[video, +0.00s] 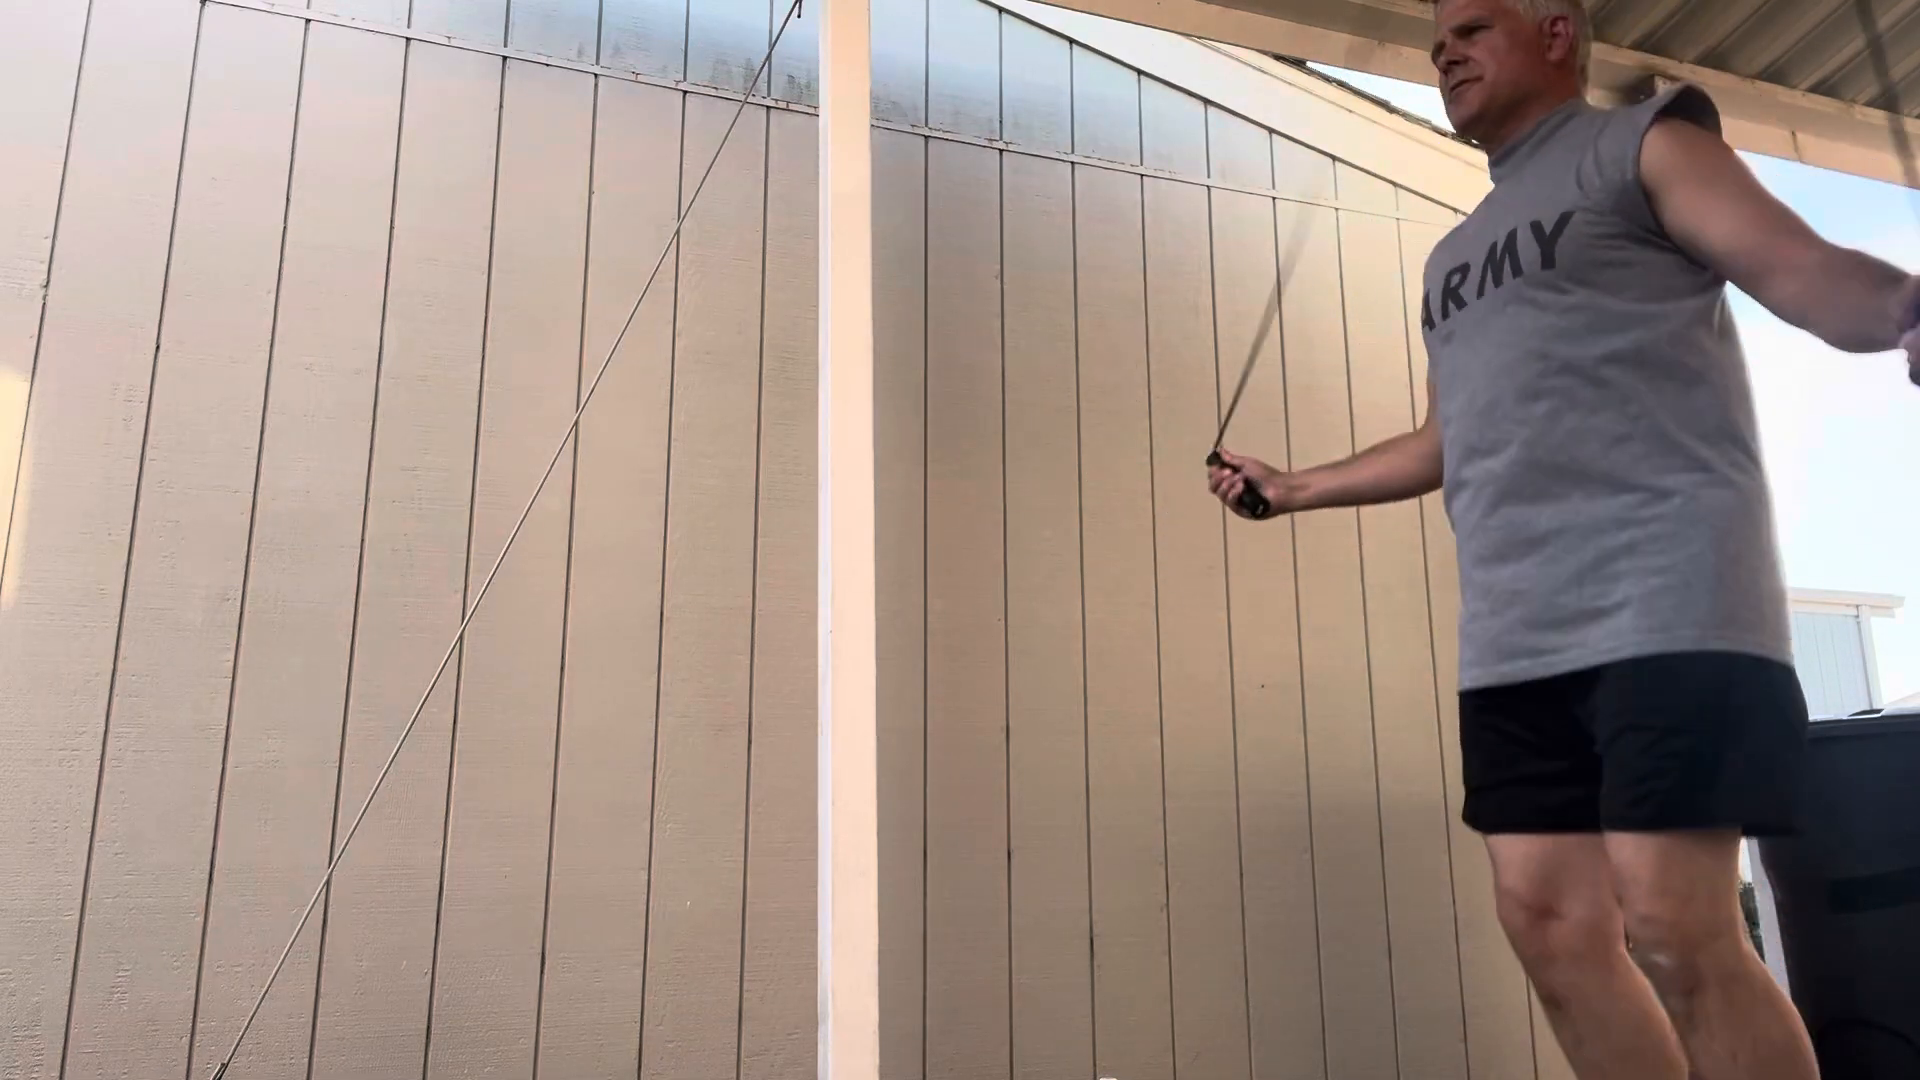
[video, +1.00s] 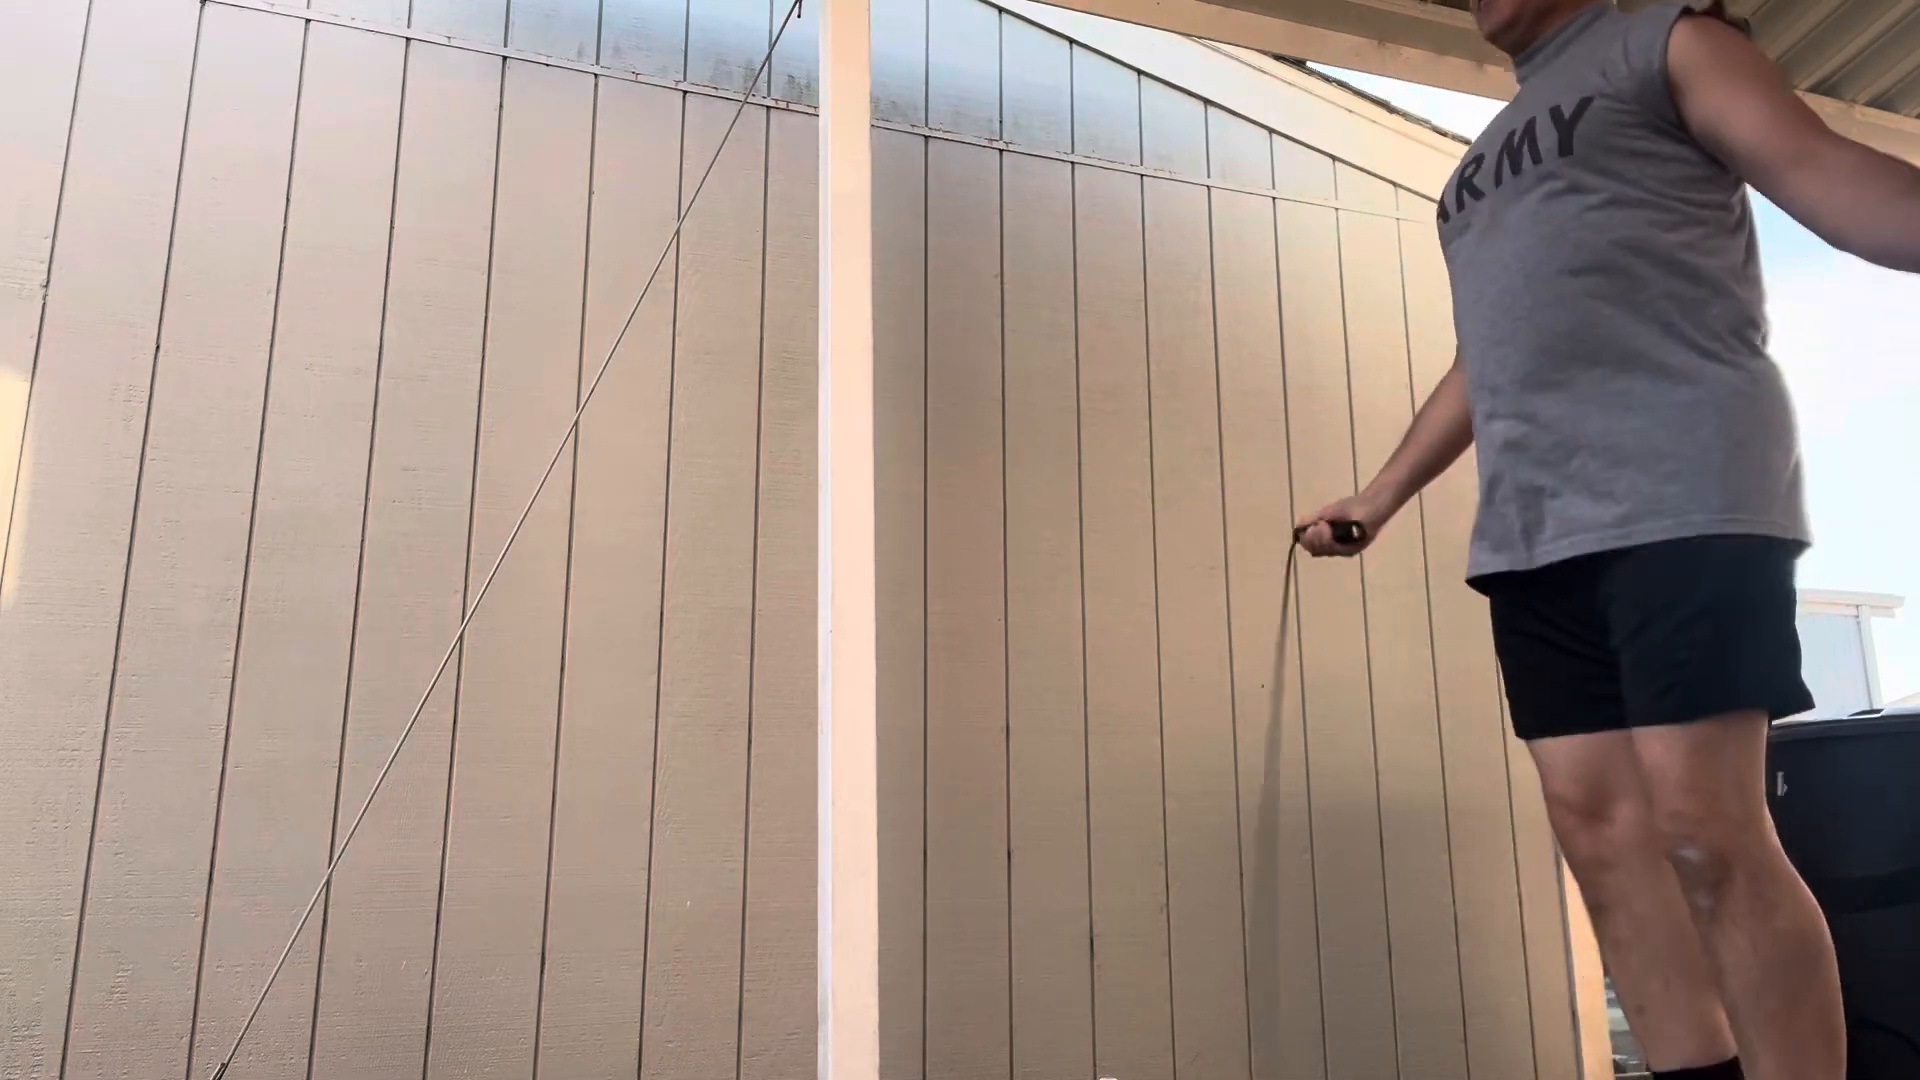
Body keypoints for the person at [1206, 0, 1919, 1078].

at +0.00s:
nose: (1443, 51)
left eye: (1472, 28)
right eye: (1437, 40)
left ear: (1559, 37)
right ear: (1443, 75)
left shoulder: (1641, 142)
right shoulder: (1452, 255)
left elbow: (1794, 263)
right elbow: (1442, 443)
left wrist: (1902, 307)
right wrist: (1293, 487)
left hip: (1674, 589)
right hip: (1512, 620)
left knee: (1677, 923)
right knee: (1547, 918)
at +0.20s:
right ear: (1454, 19)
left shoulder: (1636, 44)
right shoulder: (1448, 175)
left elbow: (1784, 174)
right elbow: (1456, 364)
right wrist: (1349, 496)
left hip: (1648, 476)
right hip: (1503, 513)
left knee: (1662, 821)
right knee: (1565, 821)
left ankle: (1761, 1069)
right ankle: (1663, 1069)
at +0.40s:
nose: (1456, 53)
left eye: (1484, 30)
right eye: (1448, 42)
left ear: (1569, 41)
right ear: (1452, 75)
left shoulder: (1656, 152)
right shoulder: (1463, 263)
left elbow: (1821, 281)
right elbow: (1450, 451)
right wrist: (1305, 508)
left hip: (1677, 606)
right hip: (1515, 635)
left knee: (1681, 936)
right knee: (1545, 932)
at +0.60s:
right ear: (1454, 20)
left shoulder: (1644, 40)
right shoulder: (1457, 176)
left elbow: (1791, 172)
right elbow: (1467, 365)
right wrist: (1356, 503)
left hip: (1673, 490)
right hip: (1521, 526)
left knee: (1704, 829)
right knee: (1586, 826)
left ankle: (1774, 1072)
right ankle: (1664, 1068)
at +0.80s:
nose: (1464, 32)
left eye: (1493, 9)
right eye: (1455, 25)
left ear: (1578, 16)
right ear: (1463, 63)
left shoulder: (1664, 112)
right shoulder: (1470, 232)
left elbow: (1837, 237)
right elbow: (1472, 420)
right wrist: (1323, 475)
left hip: (1706, 570)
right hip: (1537, 602)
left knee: (1729, 913)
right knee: (1586, 911)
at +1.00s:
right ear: (1470, 12)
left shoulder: (1666, 36)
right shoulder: (1477, 169)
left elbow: (1812, 164)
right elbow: (1485, 361)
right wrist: (1376, 499)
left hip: (1684, 487)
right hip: (1530, 522)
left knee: (1712, 832)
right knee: (1595, 827)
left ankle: (1799, 1068)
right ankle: (1696, 1064)